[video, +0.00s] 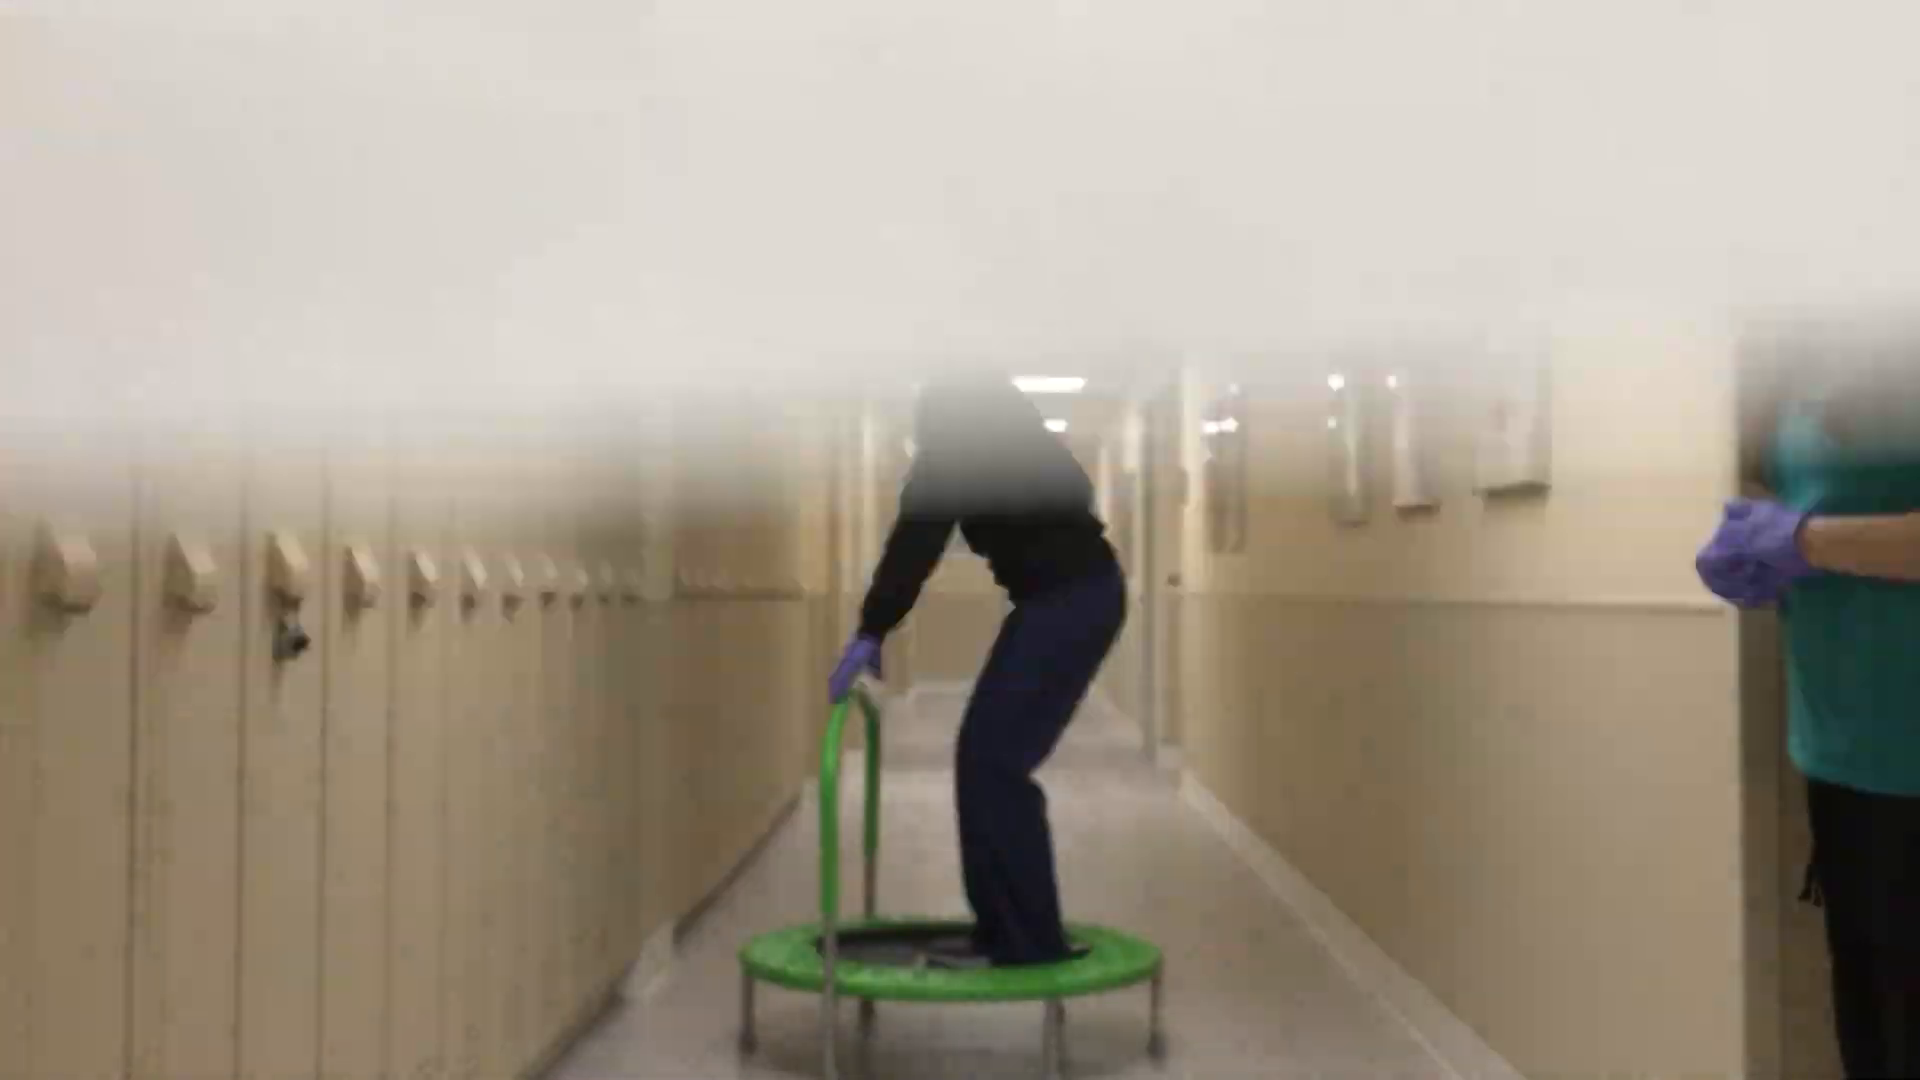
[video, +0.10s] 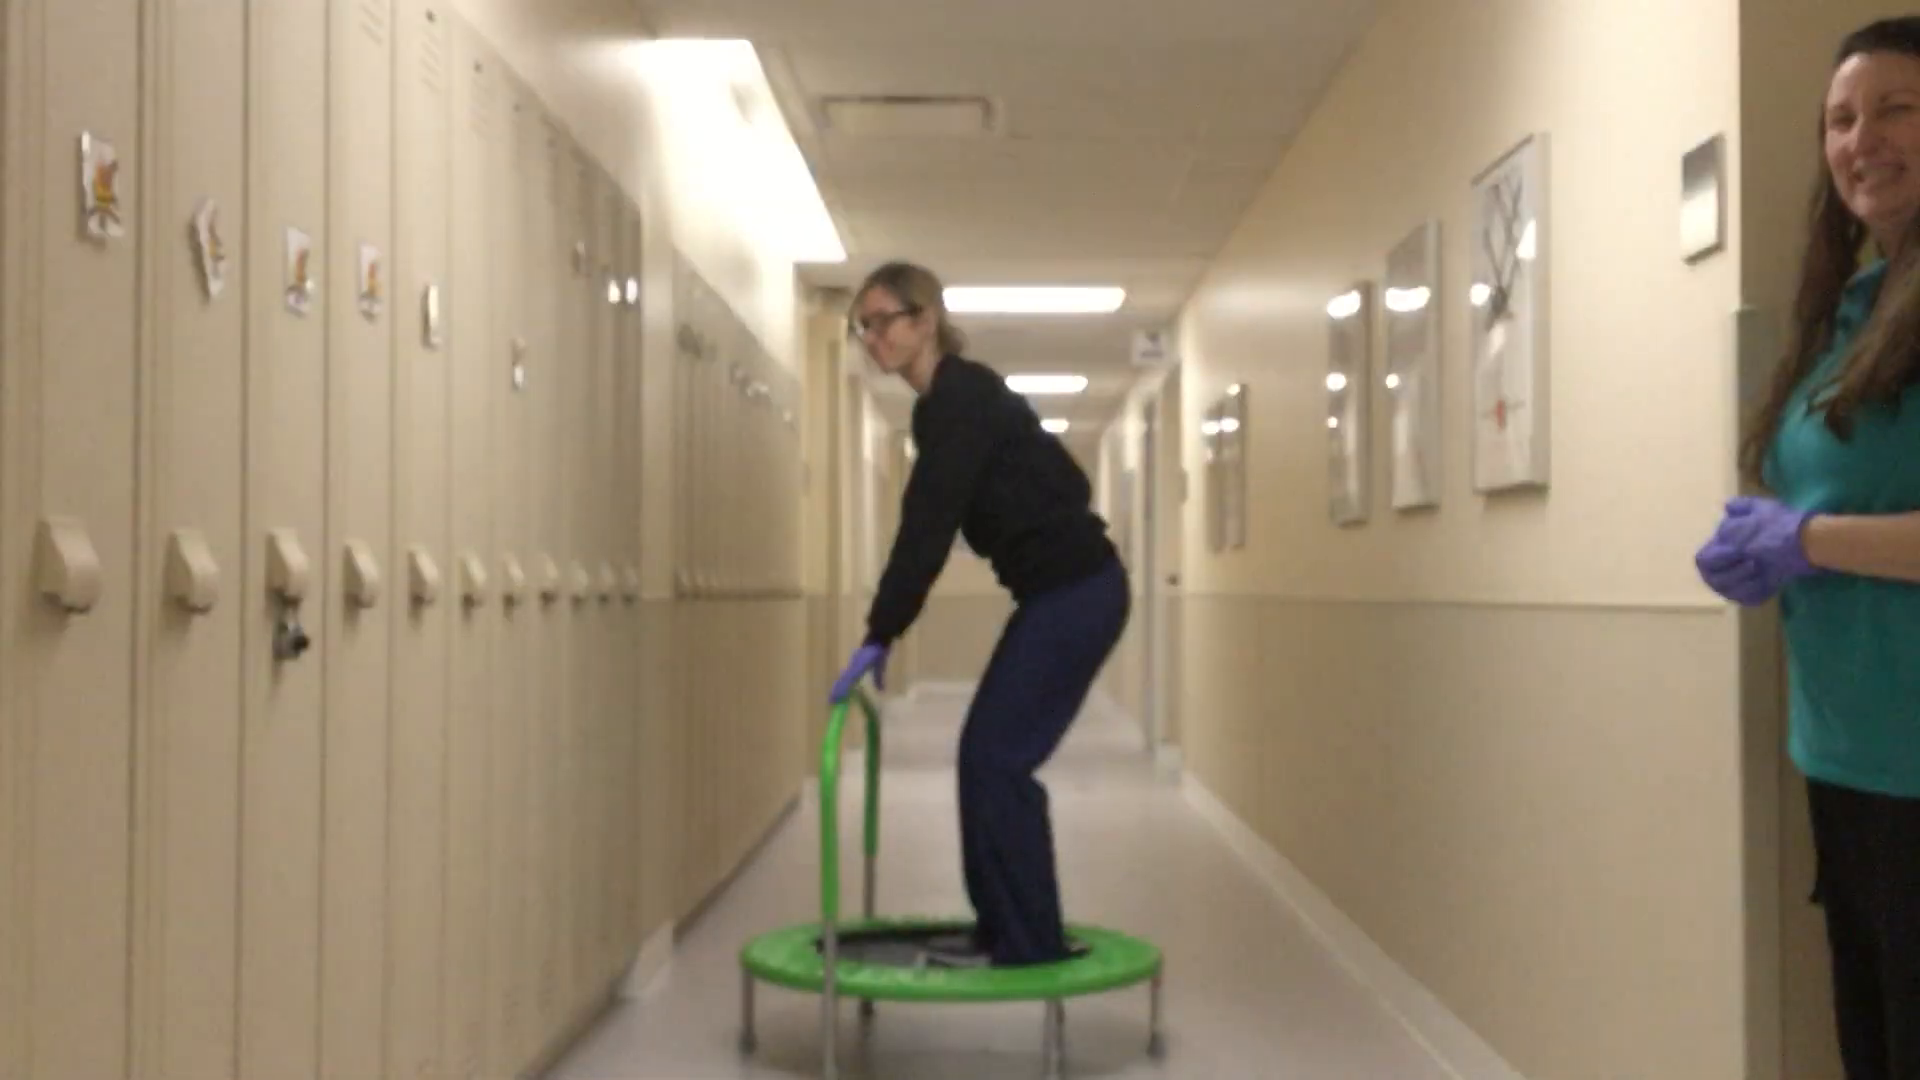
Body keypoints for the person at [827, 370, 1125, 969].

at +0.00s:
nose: (916, 428)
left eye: (923, 415)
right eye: (920, 417)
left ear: (938, 408)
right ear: (977, 395)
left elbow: (918, 538)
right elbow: (918, 537)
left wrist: (871, 633)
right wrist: (872, 631)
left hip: (1068, 602)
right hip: (1060, 599)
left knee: (993, 758)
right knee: (984, 754)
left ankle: (1027, 940)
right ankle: (1006, 930)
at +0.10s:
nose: (873, 339)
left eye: (883, 322)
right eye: (864, 329)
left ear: (927, 317)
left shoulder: (960, 398)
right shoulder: (944, 401)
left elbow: (930, 528)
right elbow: (925, 527)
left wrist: (879, 635)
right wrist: (881, 632)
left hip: (1077, 594)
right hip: (1056, 594)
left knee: (997, 757)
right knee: (986, 755)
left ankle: (1030, 941)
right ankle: (1006, 929)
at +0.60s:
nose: (835, 424)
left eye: (836, 406)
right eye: (829, 410)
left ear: (874, 393)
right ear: (882, 396)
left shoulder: (936, 455)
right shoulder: (929, 456)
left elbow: (922, 584)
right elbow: (920, 582)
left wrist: (860, 677)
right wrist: (862, 674)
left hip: (1092, 617)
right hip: (1073, 616)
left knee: (980, 756)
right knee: (968, 753)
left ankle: (1030, 940)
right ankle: (1003, 927)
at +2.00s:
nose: (750, 417)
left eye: (753, 400)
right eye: (747, 403)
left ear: (788, 394)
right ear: (798, 393)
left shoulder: (851, 443)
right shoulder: (862, 438)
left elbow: (873, 569)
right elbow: (894, 573)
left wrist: (854, 682)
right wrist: (861, 679)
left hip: (1061, 539)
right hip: (1060, 537)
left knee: (1014, 723)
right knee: (1012, 721)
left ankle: (1014, 919)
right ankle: (1011, 916)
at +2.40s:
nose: (776, 450)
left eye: (782, 434)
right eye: (774, 436)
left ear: (818, 432)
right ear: (820, 434)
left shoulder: (873, 491)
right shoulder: (870, 489)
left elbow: (911, 608)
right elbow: (908, 607)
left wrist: (857, 687)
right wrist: (858, 682)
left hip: (1061, 622)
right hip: (1056, 620)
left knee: (955, 766)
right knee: (956, 764)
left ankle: (998, 936)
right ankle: (996, 932)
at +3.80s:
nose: (824, 386)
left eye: (819, 368)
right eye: (815, 374)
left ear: (851, 346)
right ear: (856, 346)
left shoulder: (916, 398)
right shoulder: (918, 396)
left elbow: (908, 528)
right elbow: (909, 528)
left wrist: (879, 646)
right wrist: (880, 645)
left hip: (1087, 541)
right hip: (1083, 539)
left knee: (1006, 707)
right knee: (1006, 708)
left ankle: (1014, 909)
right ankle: (1005, 905)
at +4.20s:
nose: (839, 468)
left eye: (835, 452)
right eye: (830, 458)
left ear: (865, 430)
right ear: (868, 431)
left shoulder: (929, 487)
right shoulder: (924, 486)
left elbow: (966, 603)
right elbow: (962, 604)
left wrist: (891, 681)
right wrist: (891, 678)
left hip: (1087, 650)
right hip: (1076, 648)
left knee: (964, 775)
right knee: (961, 773)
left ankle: (1016, 946)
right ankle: (1012, 942)